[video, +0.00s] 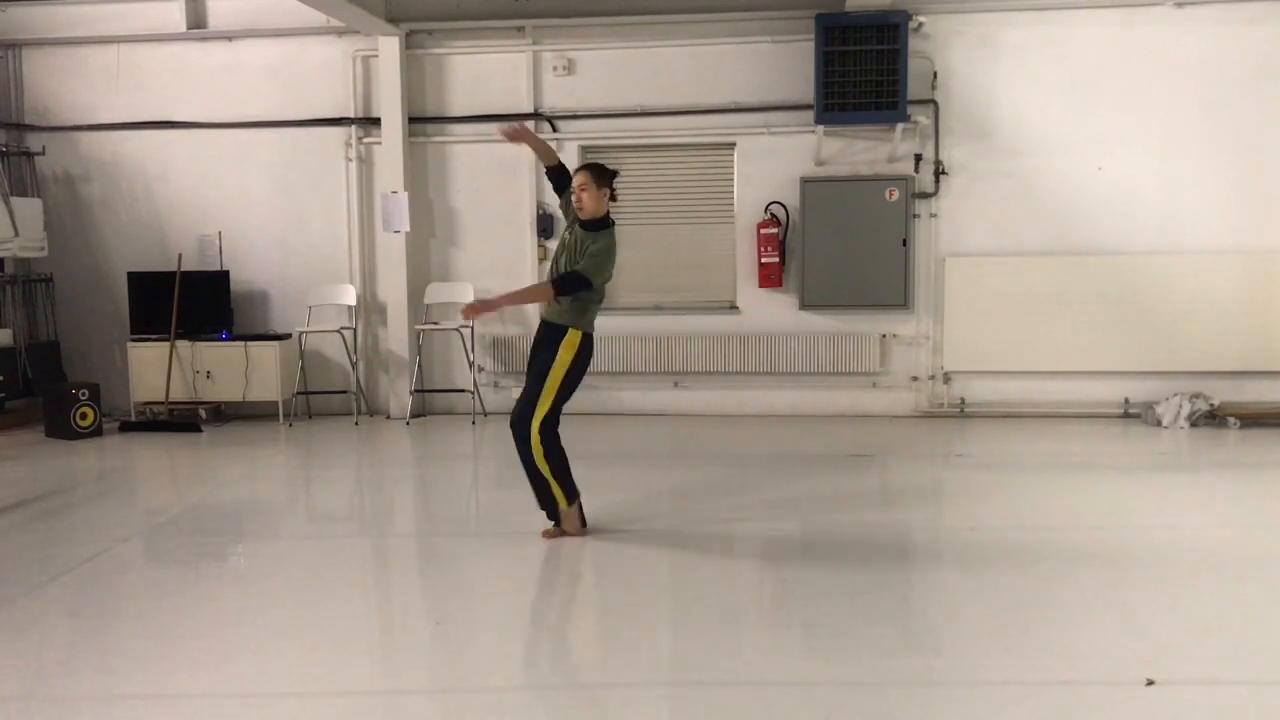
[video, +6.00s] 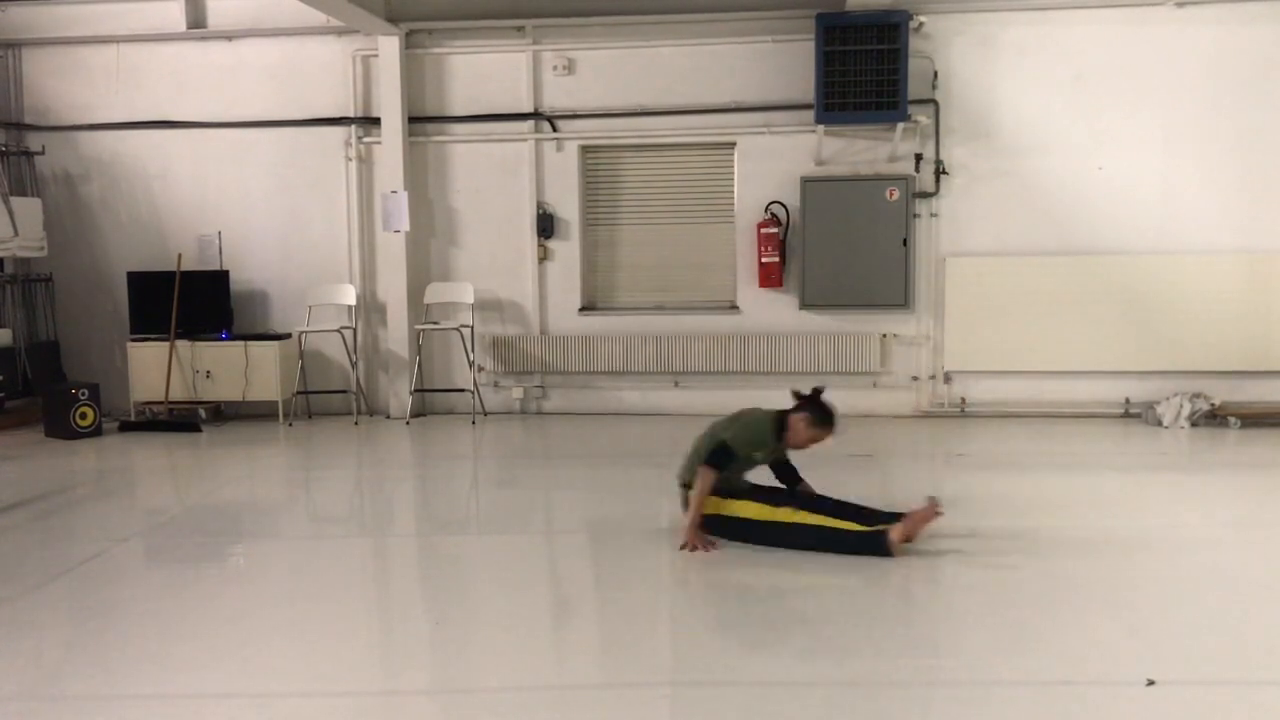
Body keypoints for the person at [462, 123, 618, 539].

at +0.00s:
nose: (577, 197)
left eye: (585, 190)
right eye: (575, 191)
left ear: (607, 194)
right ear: (573, 196)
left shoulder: (601, 247)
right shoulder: (577, 219)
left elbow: (559, 288)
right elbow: (557, 173)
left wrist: (497, 302)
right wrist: (530, 140)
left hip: (569, 341)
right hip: (552, 334)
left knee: (529, 422)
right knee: (537, 423)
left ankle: (566, 510)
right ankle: (566, 510)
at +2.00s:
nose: (689, 272)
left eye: (697, 280)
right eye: (694, 270)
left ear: (690, 302)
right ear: (678, 274)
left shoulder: (668, 327)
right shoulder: (633, 288)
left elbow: (692, 378)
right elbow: (606, 324)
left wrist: (727, 421)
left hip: (591, 388)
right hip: (560, 370)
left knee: (619, 471)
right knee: (520, 459)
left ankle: (680, 540)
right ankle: (567, 518)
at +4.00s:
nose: (773, 466)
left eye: (778, 467)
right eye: (781, 466)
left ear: (775, 445)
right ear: (793, 446)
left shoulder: (743, 421)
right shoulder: (807, 430)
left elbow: (728, 466)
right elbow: (829, 487)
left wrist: (724, 522)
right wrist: (817, 548)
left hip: (722, 314)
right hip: (758, 315)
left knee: (680, 386)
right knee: (732, 230)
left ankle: (600, 404)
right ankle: (800, 169)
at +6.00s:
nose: (809, 447)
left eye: (815, 442)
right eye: (812, 439)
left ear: (800, 421)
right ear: (799, 422)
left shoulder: (775, 436)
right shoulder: (755, 427)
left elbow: (793, 481)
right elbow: (707, 470)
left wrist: (822, 506)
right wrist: (692, 526)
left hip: (731, 490)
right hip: (707, 499)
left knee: (805, 507)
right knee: (788, 525)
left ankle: (897, 523)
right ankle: (883, 542)